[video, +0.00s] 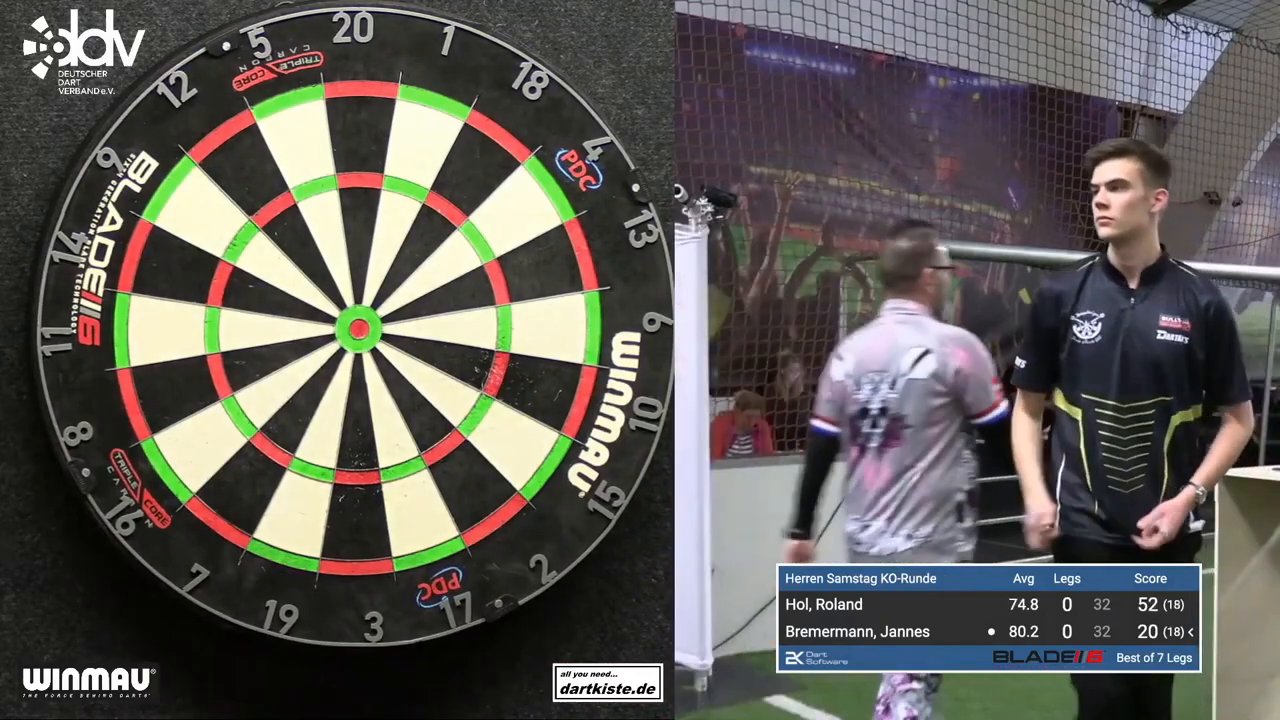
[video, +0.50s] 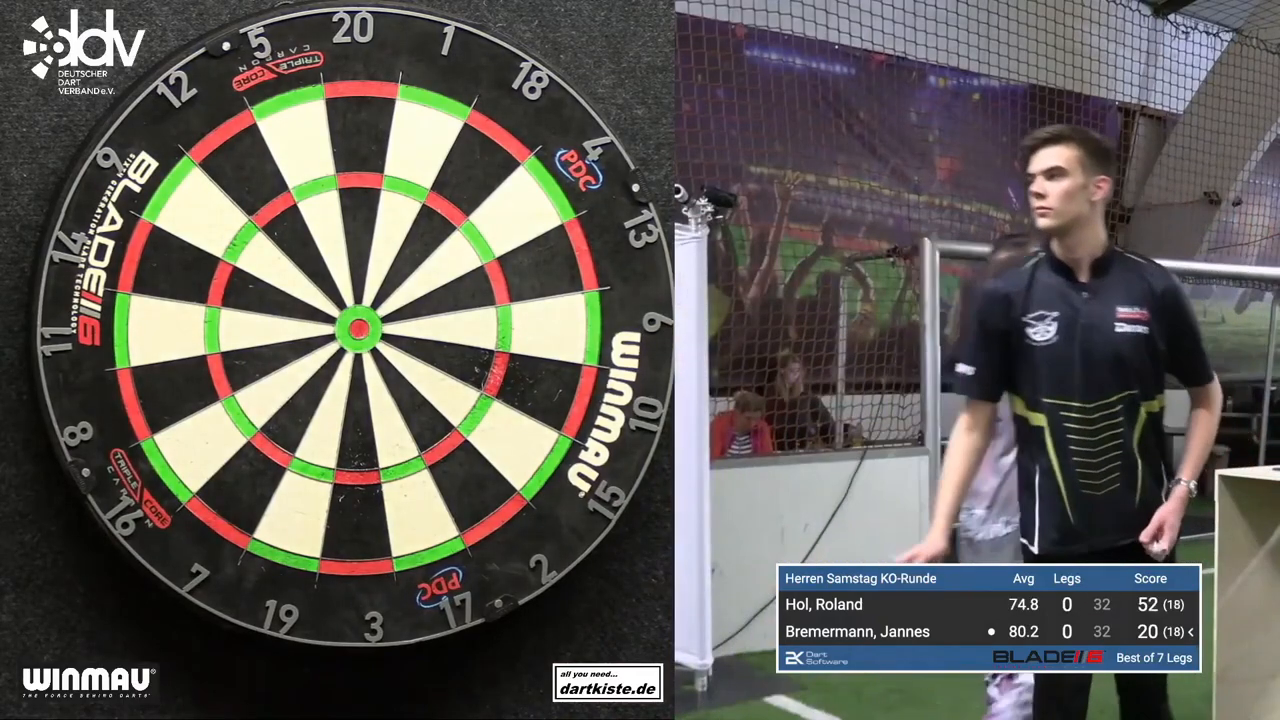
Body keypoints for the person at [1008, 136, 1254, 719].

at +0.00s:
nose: (1100, 200)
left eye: (1116, 188)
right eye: (1095, 190)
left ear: (1158, 201)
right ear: (1089, 203)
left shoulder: (1202, 305)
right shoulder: (1058, 298)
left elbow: (1239, 419)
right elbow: (1028, 409)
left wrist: (1186, 499)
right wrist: (1035, 496)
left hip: (1167, 536)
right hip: (1082, 533)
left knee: (1153, 693)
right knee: (1098, 694)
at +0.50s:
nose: (1036, 190)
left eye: (1053, 176)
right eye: (1031, 180)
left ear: (1100, 188)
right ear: (1027, 193)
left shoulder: (1154, 289)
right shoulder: (1007, 296)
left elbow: (1207, 397)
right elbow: (974, 424)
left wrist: (1180, 495)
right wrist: (939, 530)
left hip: (1141, 534)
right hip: (1052, 538)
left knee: (1147, 698)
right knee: (1058, 702)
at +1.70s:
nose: (968, 194)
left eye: (986, 179)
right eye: (966, 184)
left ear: (1035, 189)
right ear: (966, 199)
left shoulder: (1107, 279)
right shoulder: (961, 297)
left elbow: (1174, 373)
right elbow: (844, 349)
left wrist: (1162, 481)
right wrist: (821, 213)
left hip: (1133, 528)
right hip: (1043, 543)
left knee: (1155, 686)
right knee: (1047, 700)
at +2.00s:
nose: (966, 196)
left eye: (983, 180)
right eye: (963, 185)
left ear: (1032, 191)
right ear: (963, 201)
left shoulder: (1104, 280)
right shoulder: (958, 298)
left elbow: (1172, 376)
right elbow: (842, 350)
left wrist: (1160, 481)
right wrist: (847, 216)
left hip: (1130, 526)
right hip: (1039, 542)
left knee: (1154, 685)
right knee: (1046, 699)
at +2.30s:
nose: (968, 192)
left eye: (985, 177)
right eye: (965, 184)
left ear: (1035, 190)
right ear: (966, 199)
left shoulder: (1104, 282)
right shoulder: (959, 280)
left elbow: (1174, 377)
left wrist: (1160, 487)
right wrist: (698, 271)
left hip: (1132, 520)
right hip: (1047, 529)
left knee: (1154, 681)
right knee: (1048, 693)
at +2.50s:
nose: (970, 193)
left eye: (986, 178)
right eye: (967, 184)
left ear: (1037, 188)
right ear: (969, 198)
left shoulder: (1109, 283)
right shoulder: (960, 284)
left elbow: (1173, 381)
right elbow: (840, 290)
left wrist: (1157, 487)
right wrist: (707, 318)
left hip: (1127, 522)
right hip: (1038, 535)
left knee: (1153, 682)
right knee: (1046, 691)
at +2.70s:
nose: (970, 194)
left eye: (987, 178)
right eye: (967, 184)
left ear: (1037, 189)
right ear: (967, 199)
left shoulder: (1108, 284)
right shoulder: (960, 295)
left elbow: (1174, 382)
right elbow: (864, 364)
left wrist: (1156, 488)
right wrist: (753, 445)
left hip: (1128, 521)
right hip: (1037, 539)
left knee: (1155, 682)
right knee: (1046, 693)